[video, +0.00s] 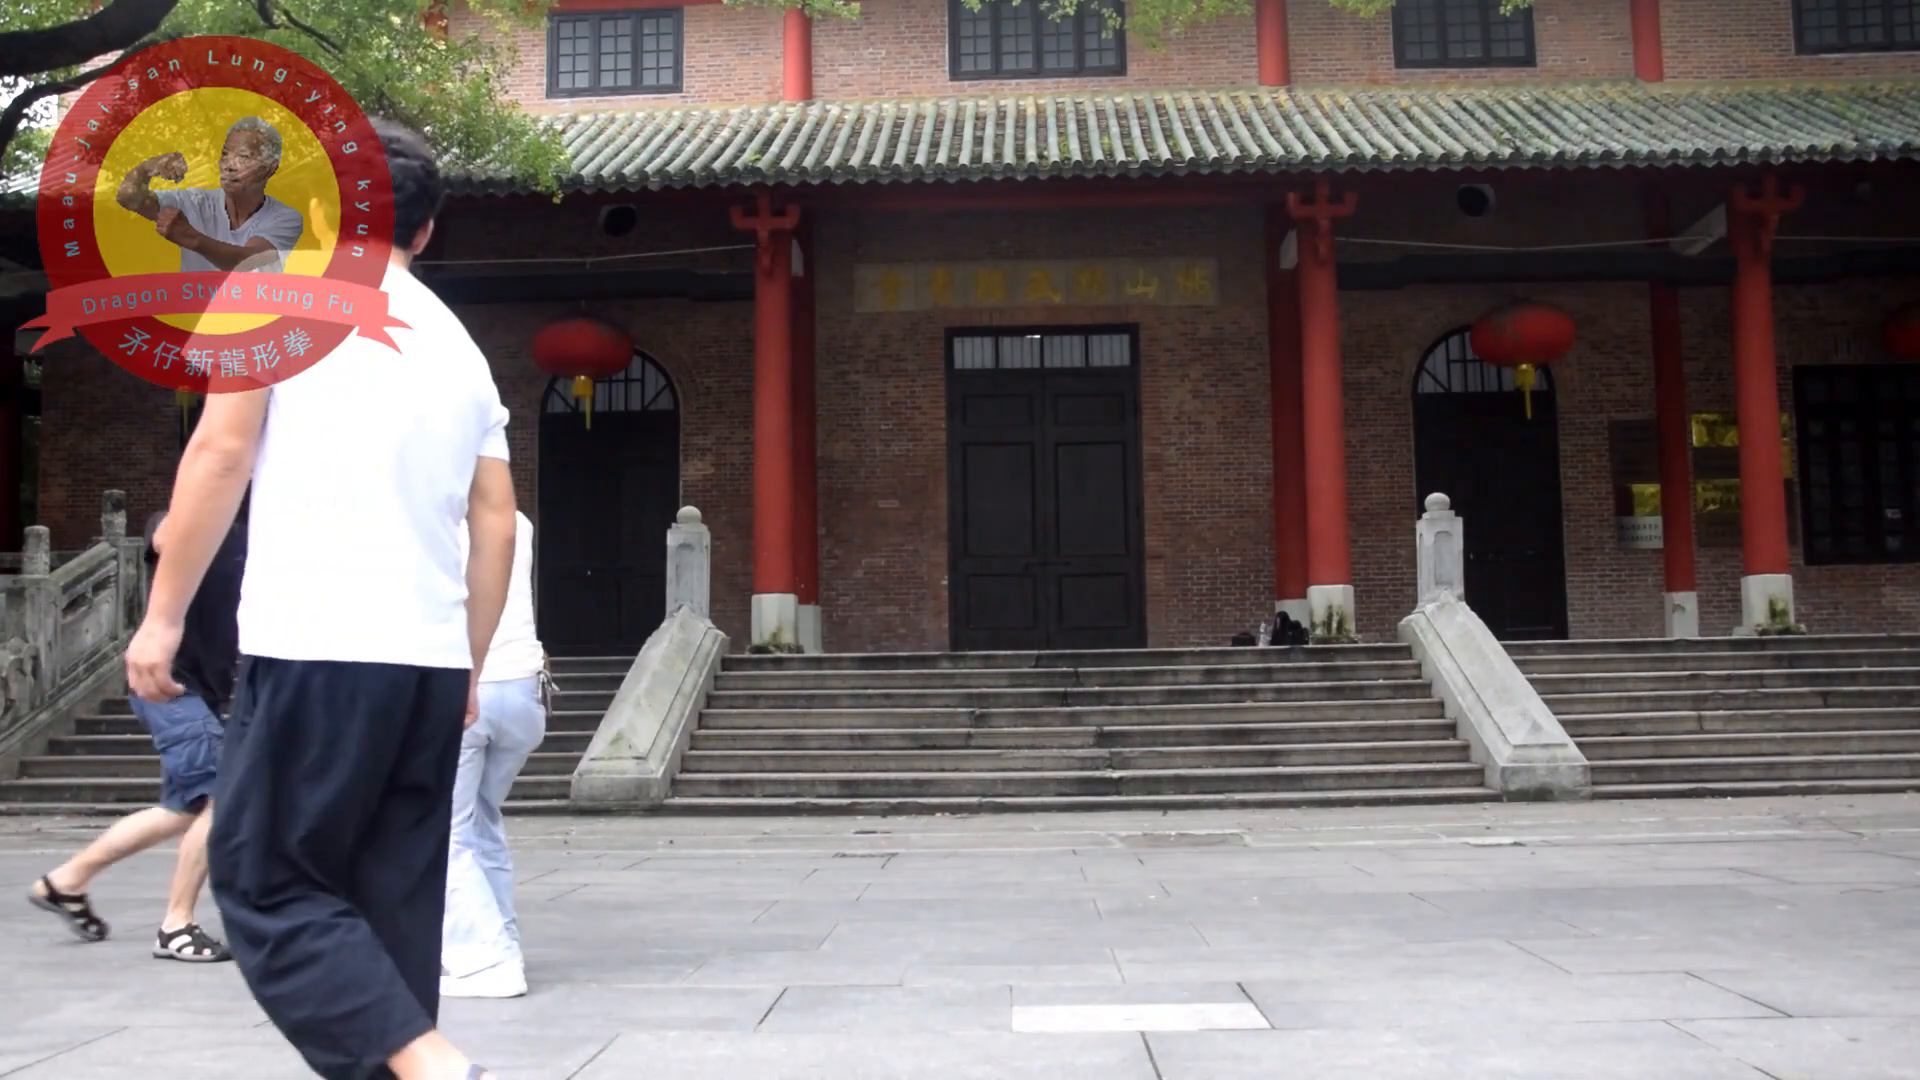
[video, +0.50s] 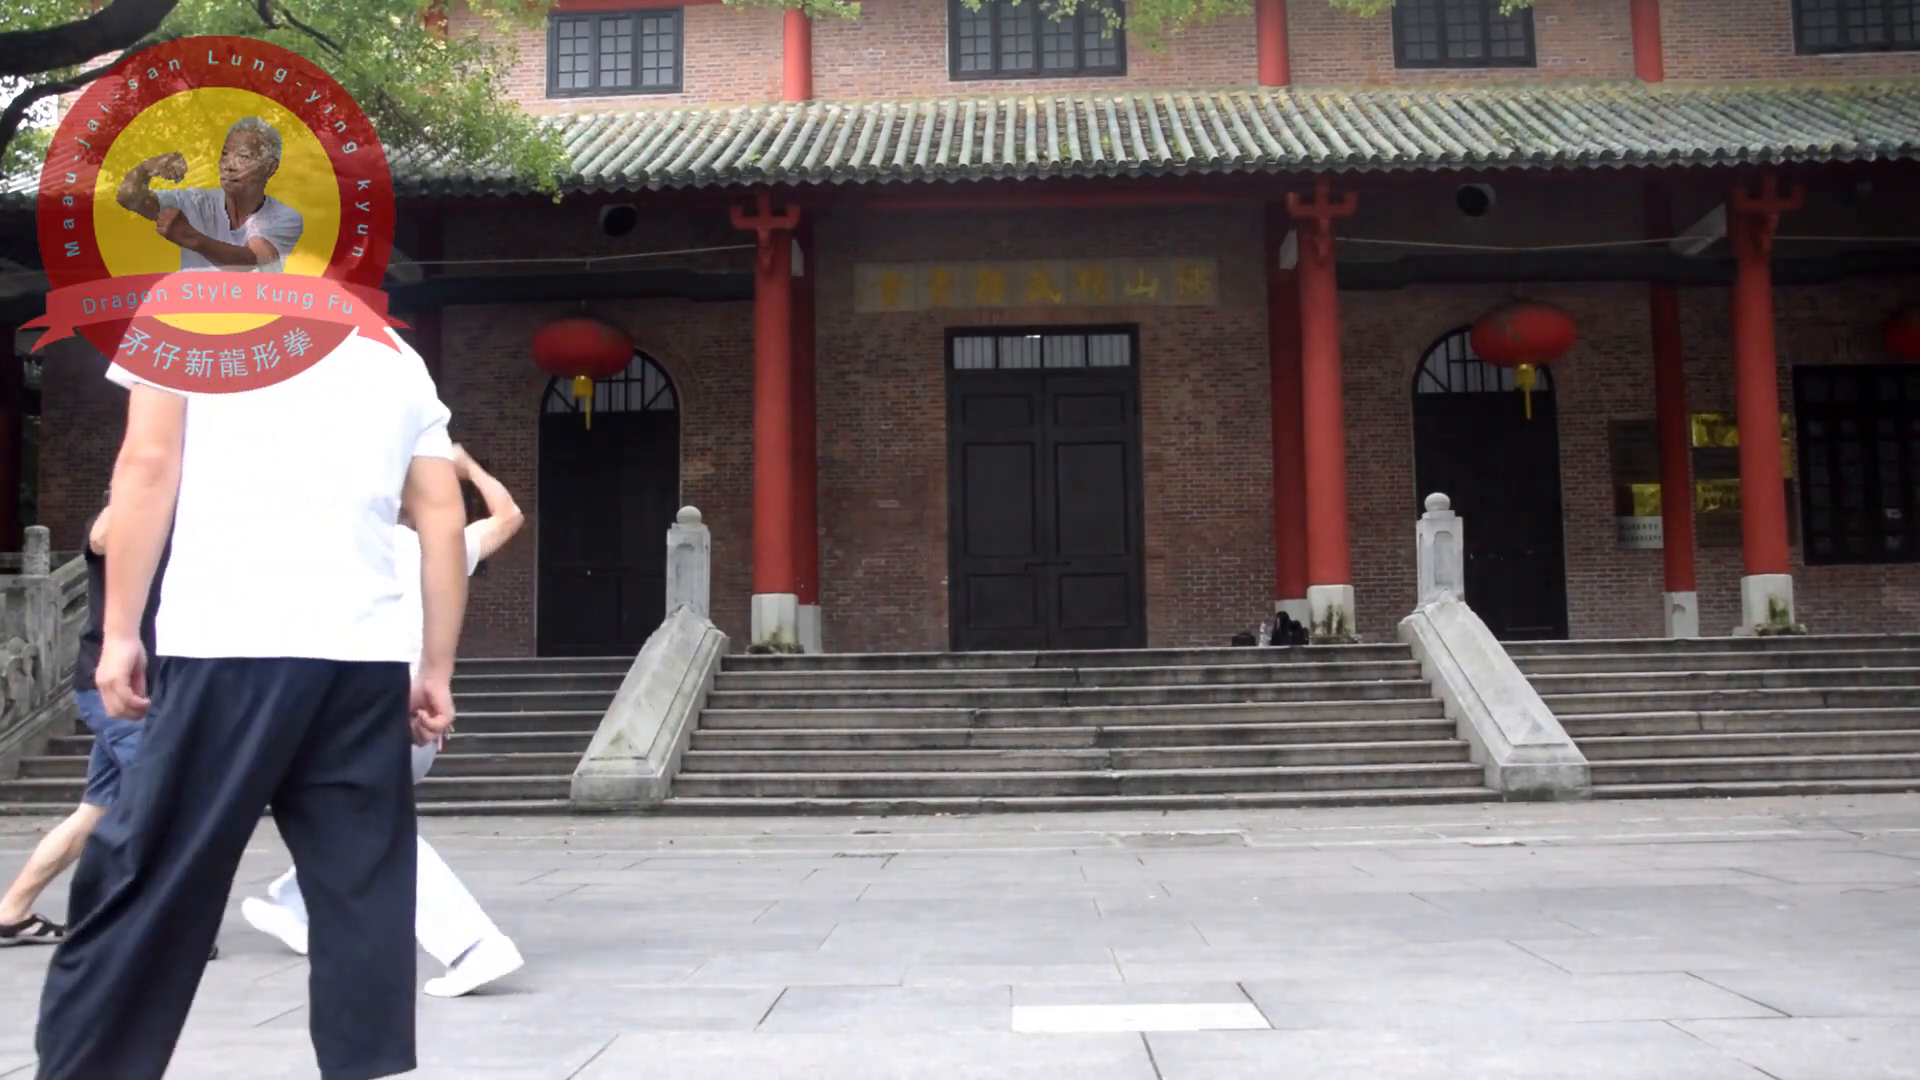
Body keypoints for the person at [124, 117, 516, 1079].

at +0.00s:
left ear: (329, 209)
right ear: (427, 234)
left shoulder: (275, 293)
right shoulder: (459, 348)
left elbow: (221, 451)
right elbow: (495, 521)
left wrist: (163, 614)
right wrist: (469, 663)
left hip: (312, 662)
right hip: (432, 668)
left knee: (263, 886)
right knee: (398, 901)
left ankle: (428, 1064)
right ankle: (386, 1072)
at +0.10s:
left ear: (322, 221)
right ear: (415, 242)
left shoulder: (260, 297)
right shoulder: (448, 351)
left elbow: (207, 450)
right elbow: (486, 521)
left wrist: (157, 608)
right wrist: (460, 661)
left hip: (296, 656)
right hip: (421, 666)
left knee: (237, 886)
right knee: (391, 903)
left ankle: (355, 1066)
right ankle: (390, 1074)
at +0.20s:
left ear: (314, 224)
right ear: (400, 243)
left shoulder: (245, 300)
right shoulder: (436, 351)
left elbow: (196, 458)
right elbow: (478, 525)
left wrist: (154, 607)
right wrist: (455, 666)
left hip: (279, 657)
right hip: (410, 667)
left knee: (208, 897)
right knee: (383, 919)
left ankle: (255, 1070)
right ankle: (378, 1071)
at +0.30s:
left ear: (291, 239)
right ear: (378, 257)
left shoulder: (231, 300)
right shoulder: (429, 356)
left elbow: (182, 457)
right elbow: (469, 513)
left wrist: (147, 614)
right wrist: (454, 663)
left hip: (266, 648)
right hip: (401, 658)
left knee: (193, 892)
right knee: (379, 905)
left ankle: (176, 1063)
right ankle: (377, 1068)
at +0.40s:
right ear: (352, 260)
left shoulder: (209, 307)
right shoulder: (411, 350)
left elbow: (170, 457)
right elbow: (459, 515)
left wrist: (137, 622)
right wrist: (448, 661)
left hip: (250, 644)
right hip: (385, 653)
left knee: (163, 891)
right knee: (372, 900)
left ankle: (126, 1064)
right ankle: (371, 1066)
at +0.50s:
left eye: (190, 255)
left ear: (222, 242)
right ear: (319, 249)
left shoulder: (184, 311)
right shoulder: (393, 352)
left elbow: (149, 465)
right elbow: (444, 512)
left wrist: (120, 628)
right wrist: (437, 665)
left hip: (227, 647)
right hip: (367, 655)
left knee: (143, 897)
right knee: (364, 902)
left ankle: (83, 1067)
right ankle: (367, 1066)